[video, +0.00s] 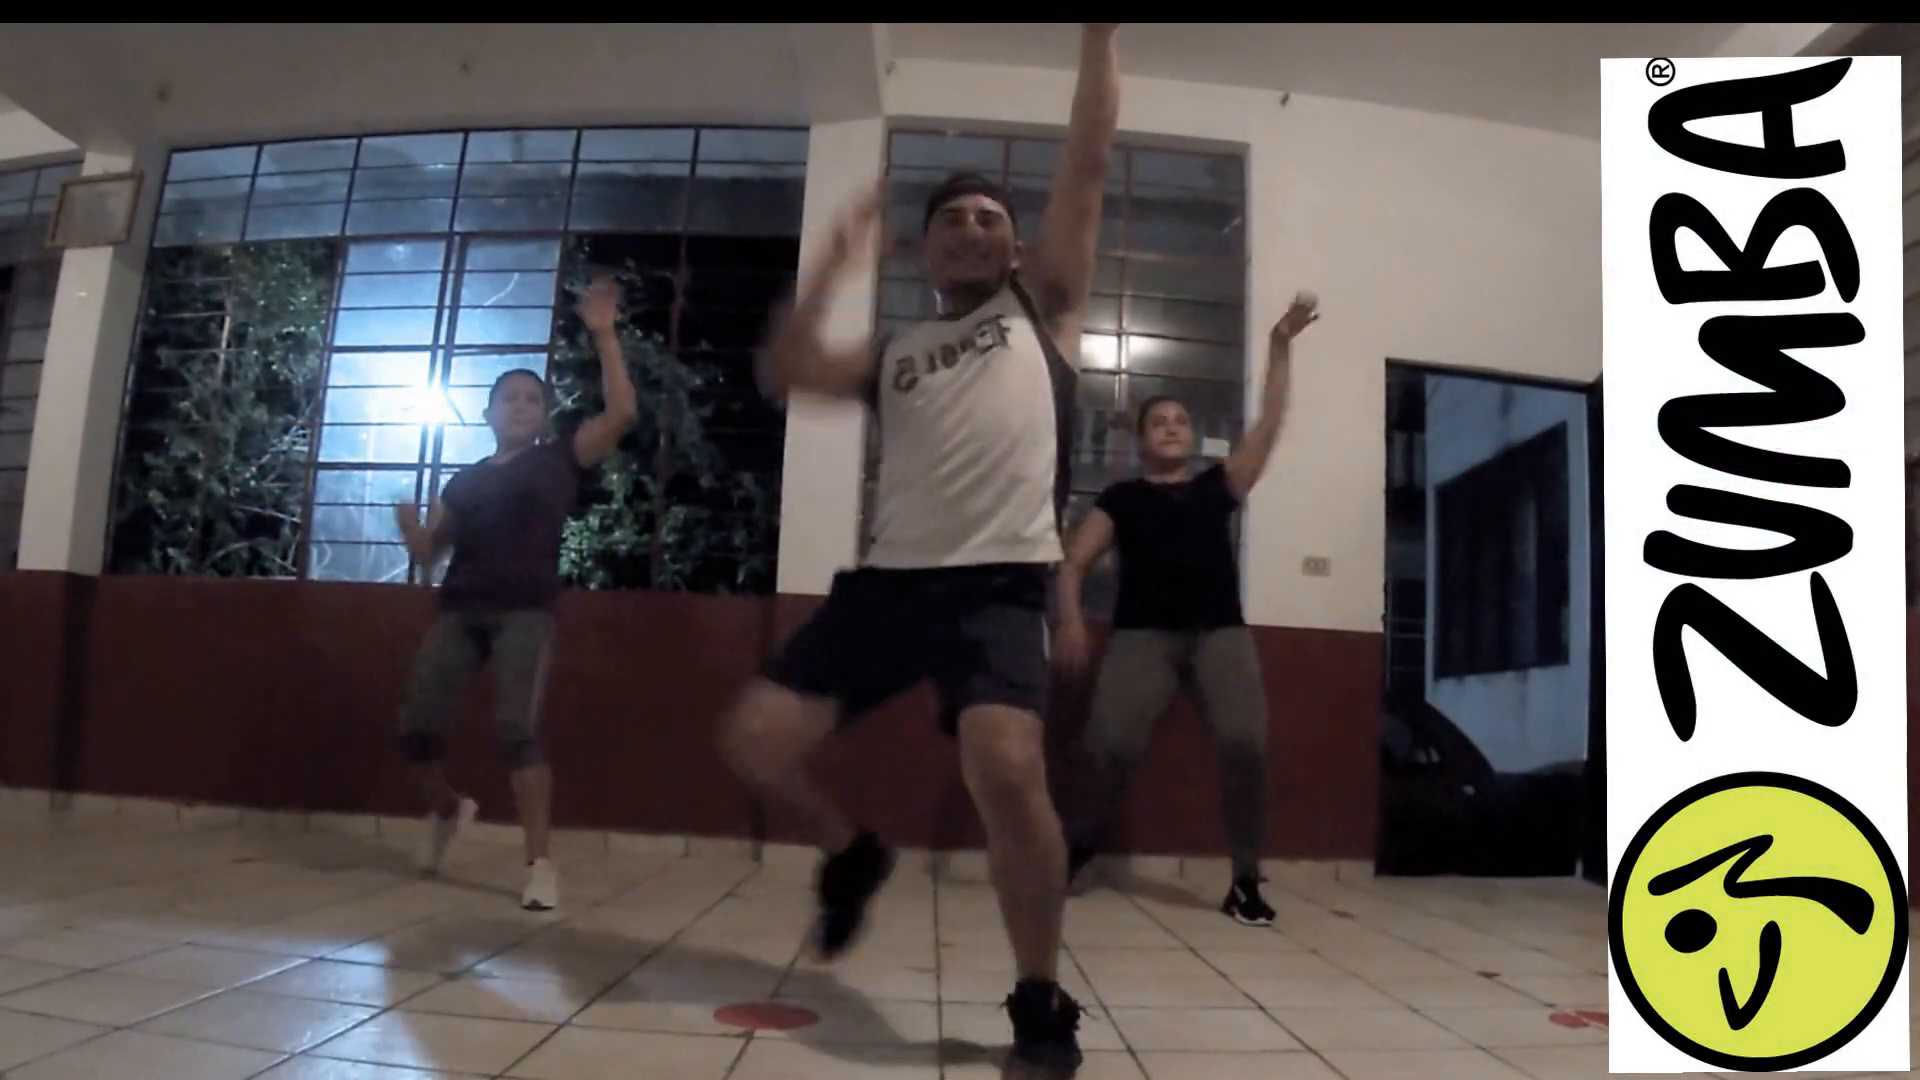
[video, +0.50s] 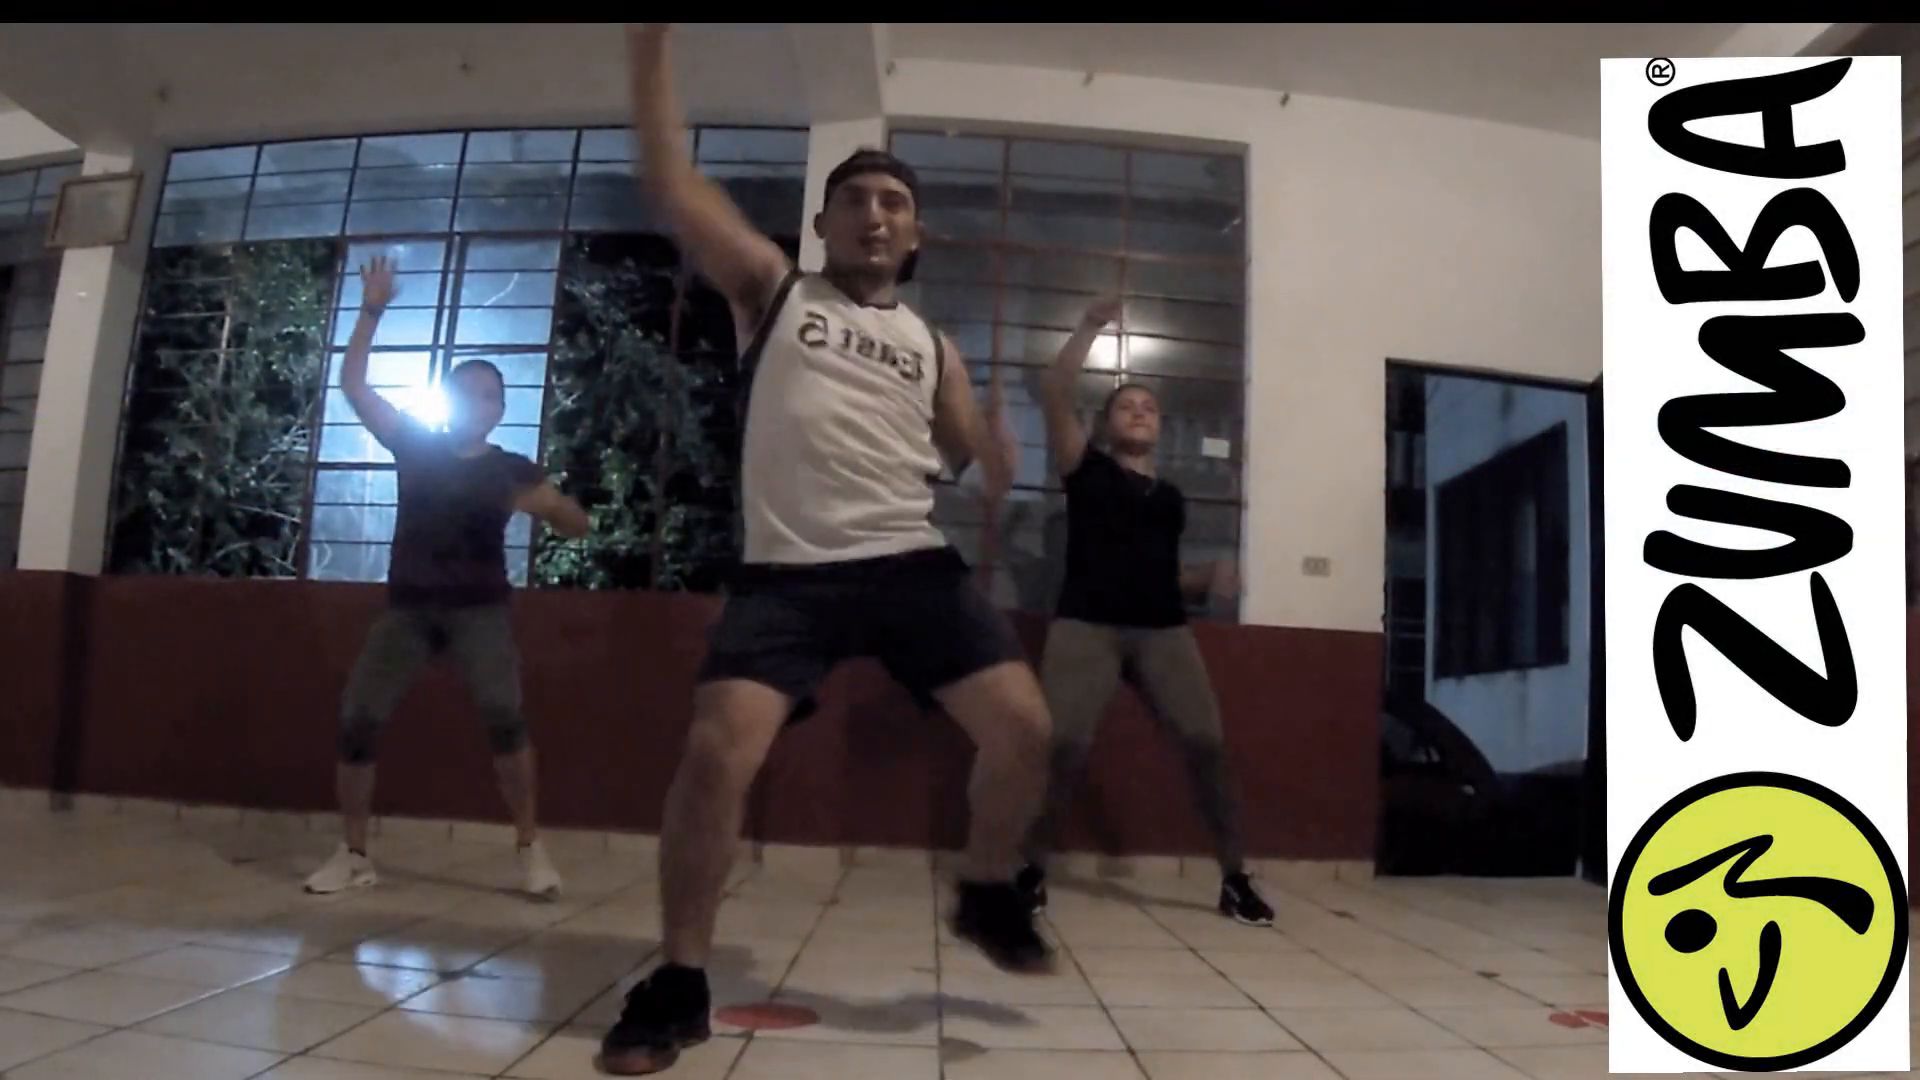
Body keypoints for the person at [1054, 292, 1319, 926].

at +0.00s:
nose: (1170, 430)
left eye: (1179, 423)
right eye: (1159, 423)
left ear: (1193, 436)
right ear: (1140, 438)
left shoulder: (1219, 485)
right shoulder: (1123, 498)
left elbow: (1269, 423)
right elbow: (1071, 562)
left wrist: (1280, 345)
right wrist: (1069, 626)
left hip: (1219, 635)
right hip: (1142, 637)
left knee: (1244, 741)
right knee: (1109, 743)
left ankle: (1247, 880)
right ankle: (1073, 857)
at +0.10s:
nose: (1173, 419)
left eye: (1182, 413)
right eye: (1162, 413)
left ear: (1198, 429)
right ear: (1144, 431)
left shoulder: (1225, 478)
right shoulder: (1127, 491)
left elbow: (1299, 428)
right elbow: (1076, 527)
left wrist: (1292, 355)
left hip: (1218, 626)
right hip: (1139, 626)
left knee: (1236, 743)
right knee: (1080, 723)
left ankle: (1243, 880)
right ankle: (1079, 849)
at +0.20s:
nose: (1167, 410)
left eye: (1175, 403)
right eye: (1155, 405)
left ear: (1190, 417)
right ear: (1135, 422)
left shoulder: (1221, 467)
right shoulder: (1122, 476)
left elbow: (1306, 448)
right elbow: (1058, 474)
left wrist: (1297, 374)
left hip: (1210, 619)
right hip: (1133, 616)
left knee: (1227, 737)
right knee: (1075, 716)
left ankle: (1242, 878)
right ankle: (1044, 857)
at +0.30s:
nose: (1156, 406)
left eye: (1164, 401)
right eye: (1143, 401)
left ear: (1179, 419)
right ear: (1122, 421)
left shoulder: (1207, 475)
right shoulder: (1110, 471)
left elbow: (1290, 487)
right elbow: (1066, 411)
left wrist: (1296, 423)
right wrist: (1078, 336)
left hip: (1197, 614)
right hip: (1120, 611)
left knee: (1219, 740)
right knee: (1077, 730)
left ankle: (1241, 876)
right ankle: (1029, 860)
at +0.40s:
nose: (1145, 417)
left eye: (1154, 411)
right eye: (1134, 410)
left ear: (1166, 428)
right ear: (1114, 424)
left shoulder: (1185, 492)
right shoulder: (1095, 477)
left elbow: (1242, 548)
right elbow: (1071, 396)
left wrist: (1261, 508)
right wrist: (1083, 323)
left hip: (1178, 625)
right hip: (1100, 622)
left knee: (1207, 746)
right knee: (1069, 740)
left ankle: (1237, 878)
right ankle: (1036, 870)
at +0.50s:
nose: (1140, 414)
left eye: (1149, 409)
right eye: (1129, 407)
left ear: (1159, 429)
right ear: (1106, 423)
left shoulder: (1167, 498)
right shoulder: (1084, 470)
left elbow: (1164, 580)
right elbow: (1055, 390)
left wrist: (1206, 577)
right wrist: (1088, 327)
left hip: (1160, 628)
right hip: (1087, 624)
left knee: (1205, 739)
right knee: (1064, 743)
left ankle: (1234, 877)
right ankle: (1030, 872)